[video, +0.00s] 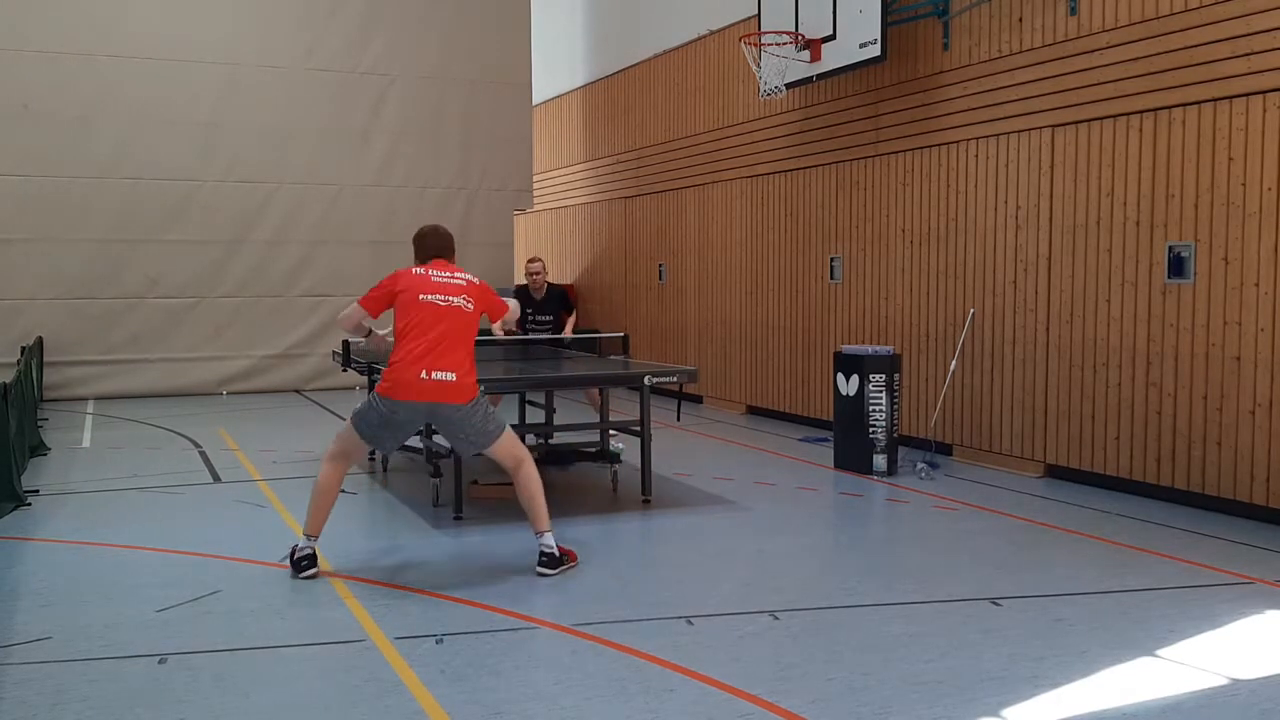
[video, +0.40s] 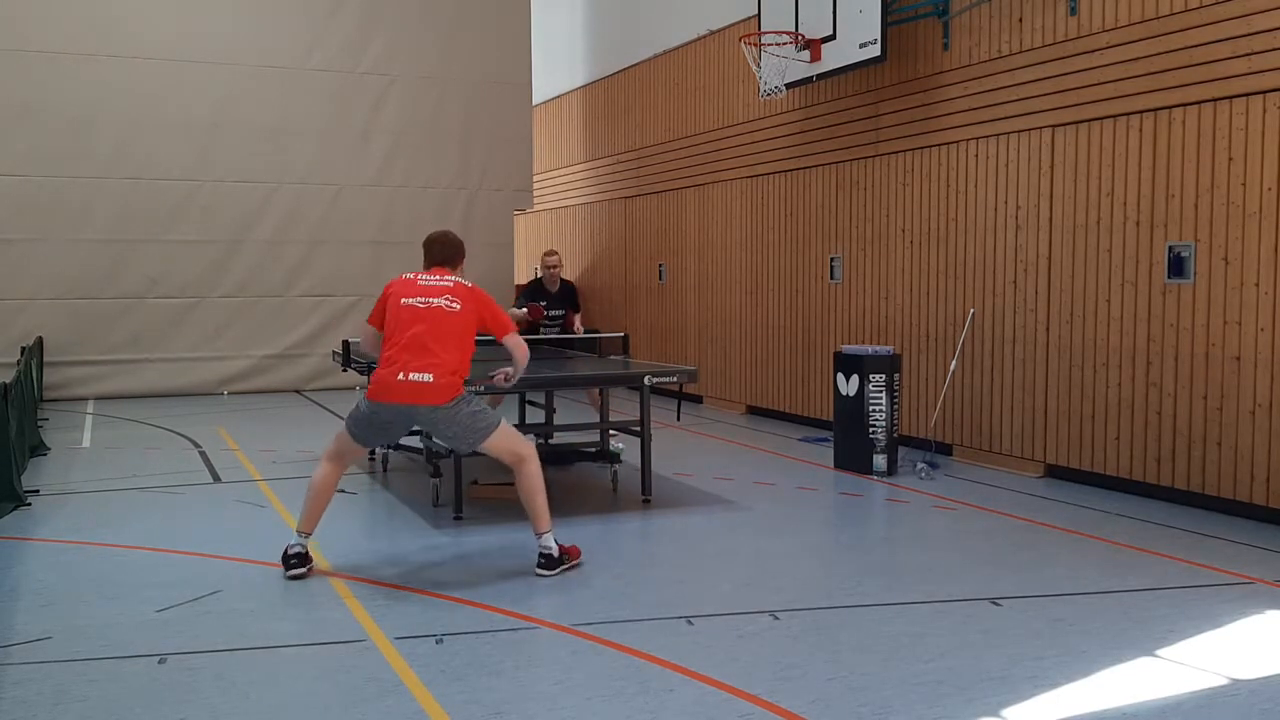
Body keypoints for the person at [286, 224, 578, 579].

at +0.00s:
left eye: (418, 253)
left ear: (417, 255)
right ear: (452, 254)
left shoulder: (402, 279)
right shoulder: (473, 285)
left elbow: (349, 320)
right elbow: (511, 312)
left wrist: (374, 336)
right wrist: (502, 320)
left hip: (400, 394)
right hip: (458, 398)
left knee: (338, 458)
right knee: (519, 461)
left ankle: (306, 548)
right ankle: (548, 547)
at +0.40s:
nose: (459, 269)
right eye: (461, 263)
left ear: (424, 262)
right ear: (460, 265)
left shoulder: (398, 286)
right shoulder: (473, 294)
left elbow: (369, 340)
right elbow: (521, 353)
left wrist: (398, 360)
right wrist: (511, 374)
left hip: (385, 399)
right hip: (445, 400)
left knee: (335, 460)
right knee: (523, 454)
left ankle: (298, 547)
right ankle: (549, 549)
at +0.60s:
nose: (446, 303)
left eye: (420, 297)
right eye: (448, 299)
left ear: (413, 297)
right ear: (449, 300)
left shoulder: (393, 315)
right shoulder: (462, 322)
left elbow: (376, 358)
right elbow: (514, 374)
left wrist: (412, 360)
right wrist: (492, 407)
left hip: (385, 431)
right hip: (449, 430)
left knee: (326, 465)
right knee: (527, 459)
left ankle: (292, 549)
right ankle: (553, 550)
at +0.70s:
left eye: (411, 285)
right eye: (447, 286)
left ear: (411, 284)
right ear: (449, 284)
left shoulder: (398, 297)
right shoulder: (469, 305)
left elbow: (374, 333)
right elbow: (515, 346)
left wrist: (399, 351)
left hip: (391, 413)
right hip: (453, 416)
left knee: (331, 462)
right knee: (524, 459)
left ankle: (294, 549)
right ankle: (552, 549)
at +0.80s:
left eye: (416, 261)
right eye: (449, 260)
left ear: (415, 263)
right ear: (452, 262)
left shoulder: (402, 277)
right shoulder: (473, 288)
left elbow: (355, 307)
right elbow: (511, 316)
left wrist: (375, 328)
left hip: (398, 391)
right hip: (458, 394)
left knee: (341, 458)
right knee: (522, 456)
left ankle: (303, 548)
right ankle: (555, 546)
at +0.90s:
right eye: (454, 248)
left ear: (420, 250)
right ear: (456, 251)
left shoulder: (401, 274)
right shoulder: (472, 282)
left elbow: (346, 305)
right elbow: (522, 309)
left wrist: (363, 329)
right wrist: (544, 293)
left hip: (407, 390)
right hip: (464, 390)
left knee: (341, 455)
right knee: (527, 452)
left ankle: (315, 549)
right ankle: (568, 534)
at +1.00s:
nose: (472, 260)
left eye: (466, 255)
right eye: (472, 255)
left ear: (432, 256)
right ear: (469, 256)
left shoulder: (409, 284)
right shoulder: (484, 291)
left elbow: (352, 321)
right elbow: (536, 330)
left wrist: (377, 330)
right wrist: (552, 312)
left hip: (410, 406)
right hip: (470, 408)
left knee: (342, 459)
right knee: (529, 471)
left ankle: (309, 550)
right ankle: (577, 542)